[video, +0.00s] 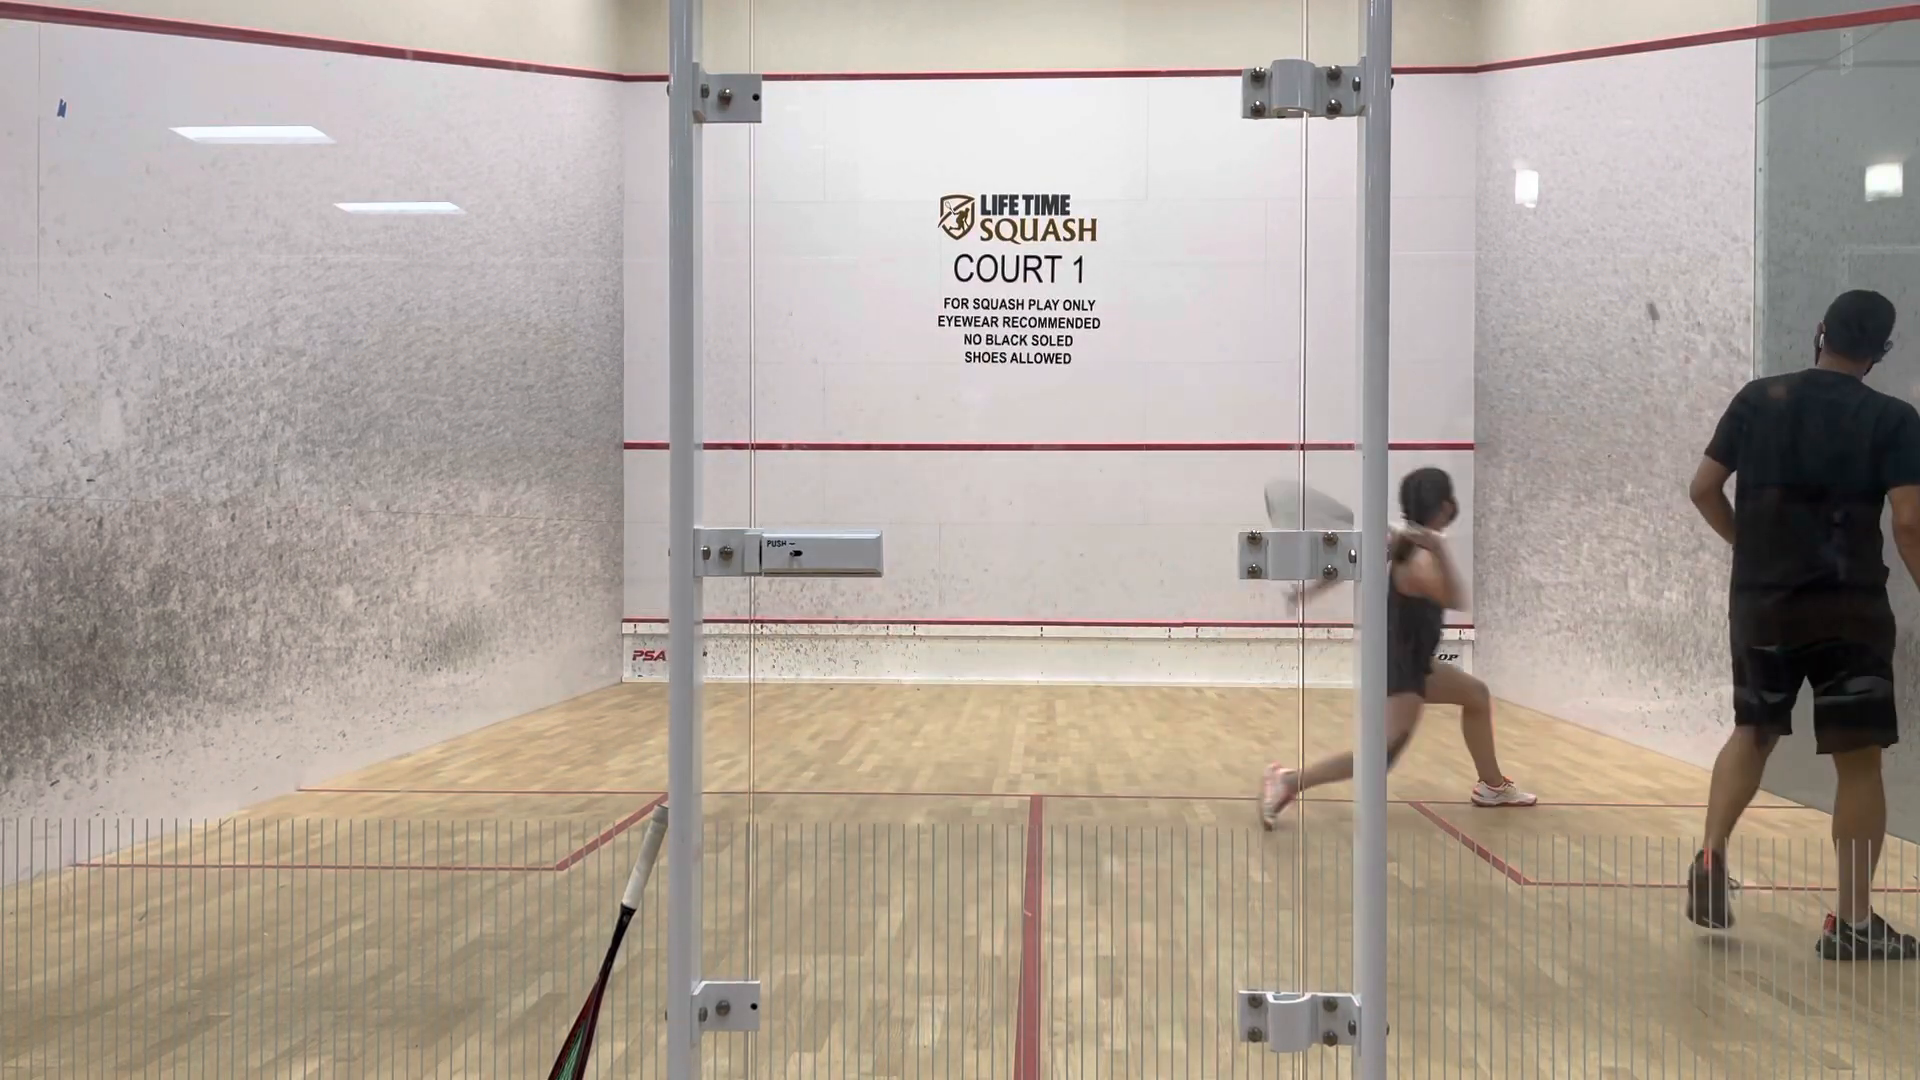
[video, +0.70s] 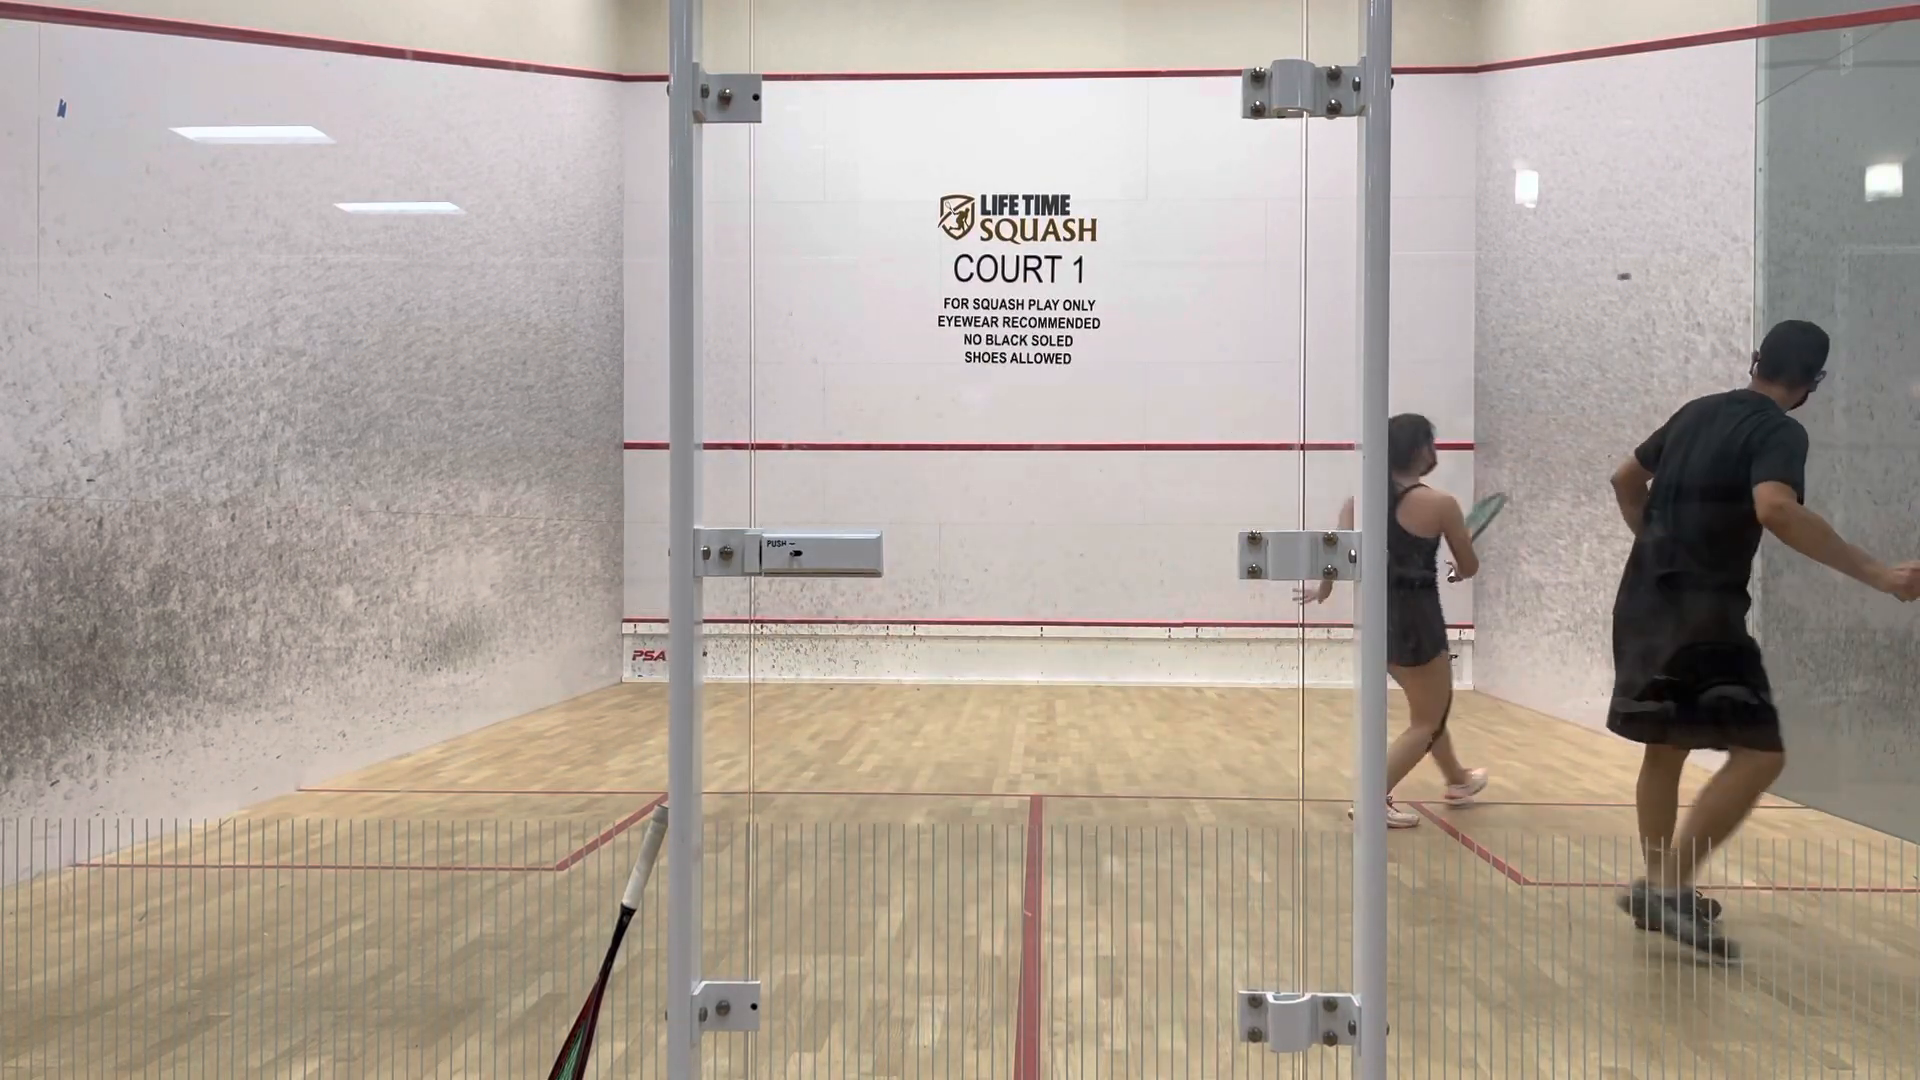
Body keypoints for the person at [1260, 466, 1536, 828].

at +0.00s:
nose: (1455, 505)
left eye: (1452, 498)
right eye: (1450, 499)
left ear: (1412, 506)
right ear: (1441, 507)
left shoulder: (1398, 545)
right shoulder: (1421, 560)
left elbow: (1351, 566)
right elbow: (1456, 600)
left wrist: (1306, 593)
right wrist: (1439, 548)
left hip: (1410, 667)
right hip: (1400, 672)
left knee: (1476, 694)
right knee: (1379, 759)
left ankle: (1492, 784)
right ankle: (1289, 781)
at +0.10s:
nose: (1484, 508)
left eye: (1482, 501)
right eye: (1481, 502)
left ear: (1438, 509)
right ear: (1468, 510)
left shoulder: (1415, 547)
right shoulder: (1482, 564)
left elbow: (1386, 605)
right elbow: (1544, 592)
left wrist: (1382, 649)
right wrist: (1576, 582)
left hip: (1401, 660)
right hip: (1428, 672)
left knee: (1485, 689)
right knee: (1418, 771)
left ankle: (1494, 783)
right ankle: (1337, 783)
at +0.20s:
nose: (1501, 504)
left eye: (1498, 497)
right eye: (1496, 498)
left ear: (1454, 502)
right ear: (1483, 505)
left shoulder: (1426, 543)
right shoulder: (1502, 550)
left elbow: (1409, 597)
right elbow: (1553, 573)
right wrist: (1598, 582)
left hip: (1408, 656)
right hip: (1442, 668)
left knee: (1487, 688)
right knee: (1442, 764)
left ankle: (1495, 782)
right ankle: (1360, 772)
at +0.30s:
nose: (1504, 492)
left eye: (1501, 485)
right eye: (1502, 485)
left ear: (1457, 493)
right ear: (1496, 493)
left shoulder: (1433, 533)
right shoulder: (1511, 542)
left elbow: (1405, 585)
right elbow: (1505, 583)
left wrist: (1439, 556)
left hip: (1417, 648)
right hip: (1452, 659)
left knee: (1495, 689)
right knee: (1461, 753)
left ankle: (1497, 782)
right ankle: (1366, 762)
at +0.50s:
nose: (1479, 473)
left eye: (1475, 467)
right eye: (1477, 468)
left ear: (1434, 474)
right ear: (1473, 476)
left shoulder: (1411, 520)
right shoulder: (1490, 527)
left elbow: (1370, 560)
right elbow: (1480, 572)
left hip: (1416, 636)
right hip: (1456, 641)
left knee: (1475, 700)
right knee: (1479, 742)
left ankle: (1496, 784)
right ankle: (1401, 773)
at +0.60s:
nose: (1456, 463)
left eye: (1454, 457)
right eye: (1454, 457)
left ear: (1408, 463)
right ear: (1449, 464)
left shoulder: (1392, 508)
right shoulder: (1465, 515)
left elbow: (1370, 551)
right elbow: (1481, 573)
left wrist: (1330, 569)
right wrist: (1446, 566)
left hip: (1397, 628)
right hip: (1439, 631)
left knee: (1457, 715)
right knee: (1452, 731)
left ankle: (1488, 782)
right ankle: (1385, 790)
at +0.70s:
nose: (1435, 452)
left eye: (1433, 444)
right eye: (1432, 445)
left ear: (1386, 451)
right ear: (1420, 452)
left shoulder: (1360, 501)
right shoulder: (1440, 504)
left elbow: (1335, 552)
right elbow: (1467, 565)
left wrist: (1322, 590)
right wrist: (1460, 569)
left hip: (1375, 627)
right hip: (1417, 630)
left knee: (1431, 706)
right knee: (1426, 725)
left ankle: (1456, 778)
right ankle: (1374, 798)